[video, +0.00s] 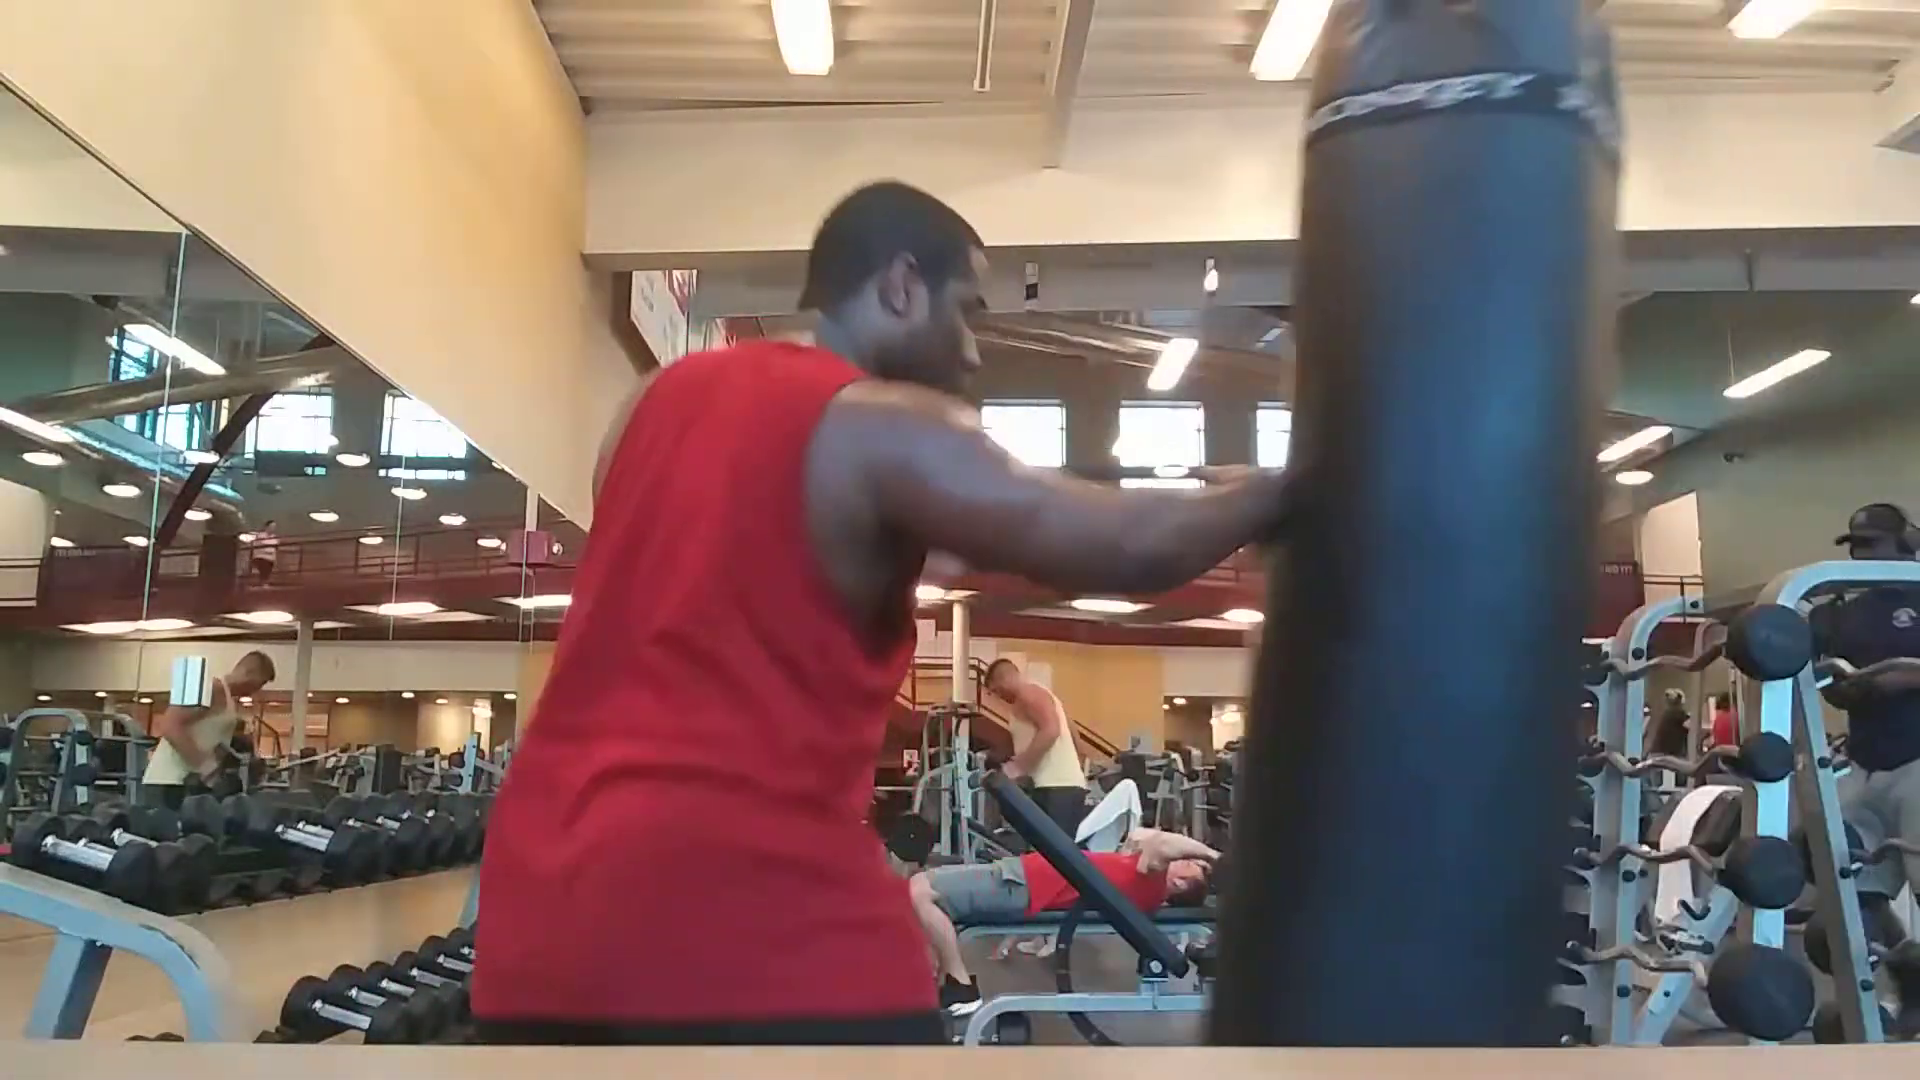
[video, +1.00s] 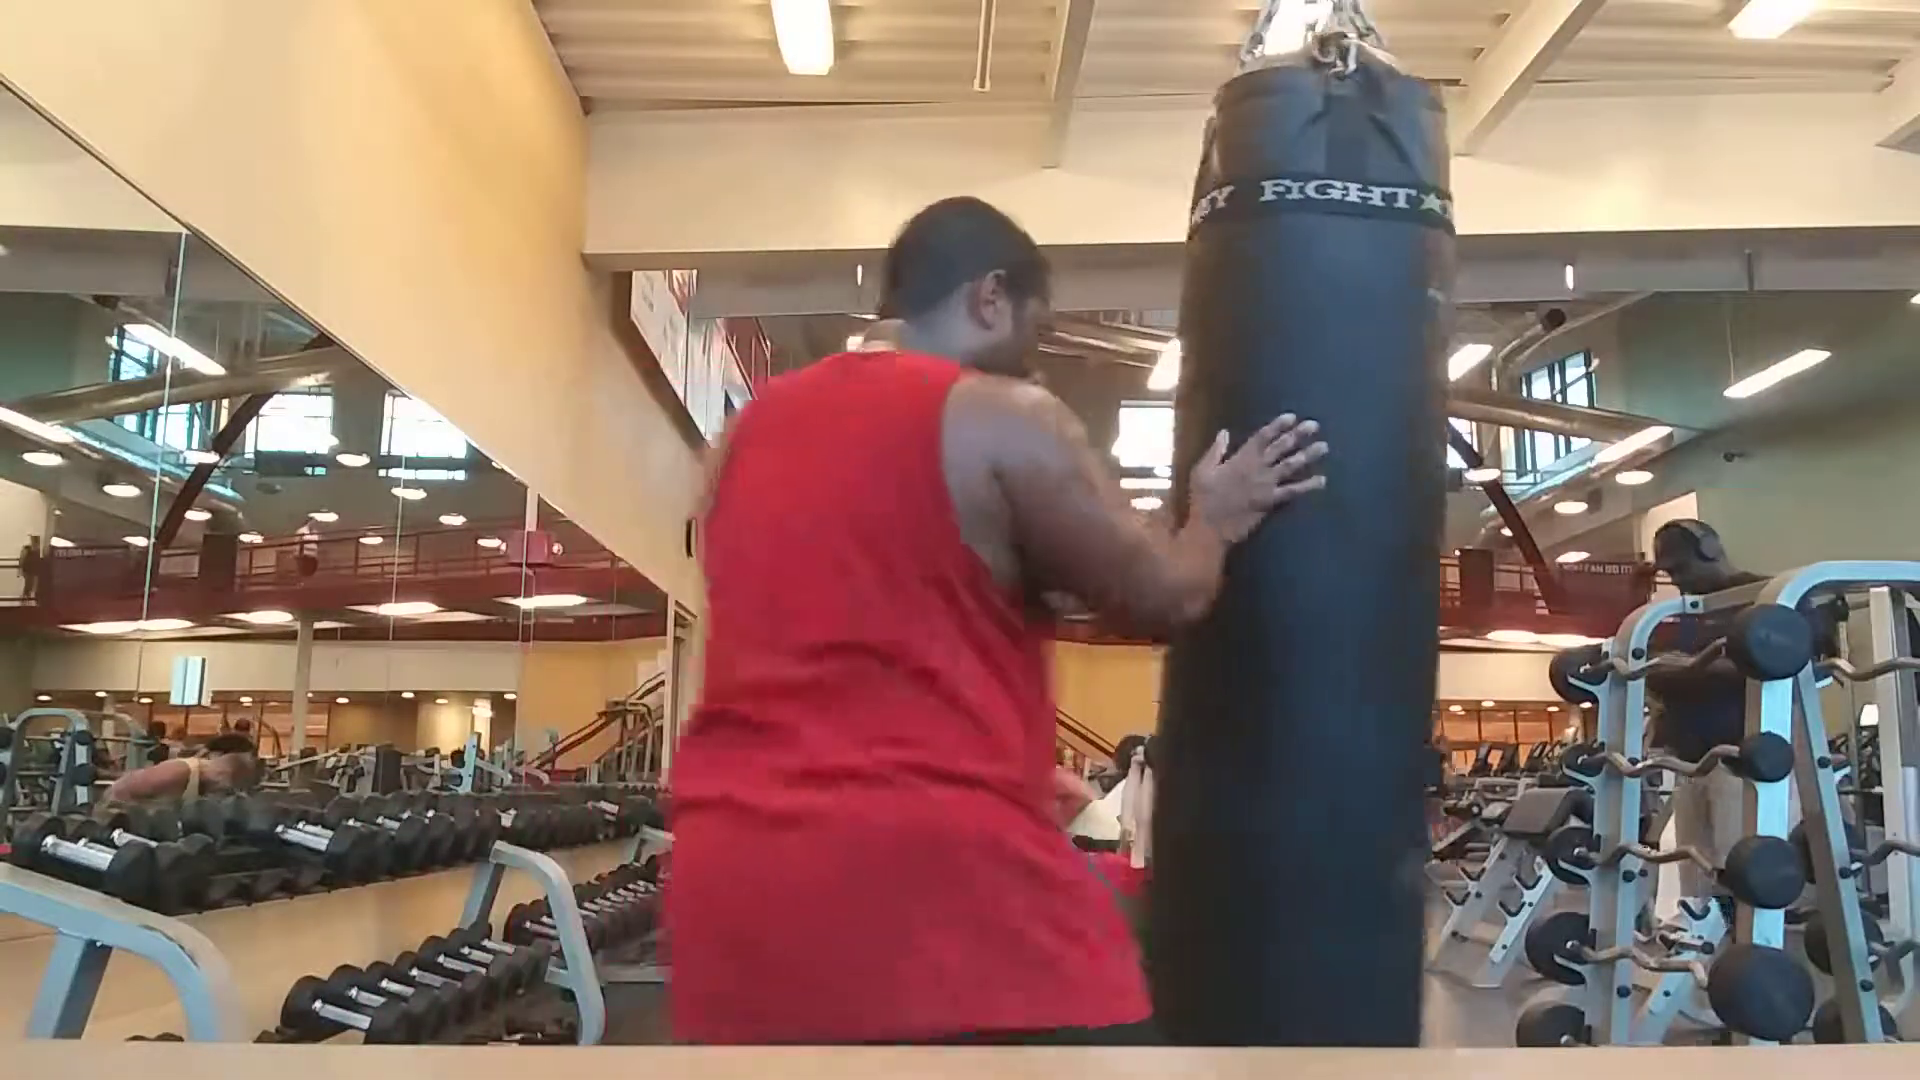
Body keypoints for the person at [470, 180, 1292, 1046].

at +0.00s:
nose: (970, 348)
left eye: (975, 322)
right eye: (967, 315)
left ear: (830, 283)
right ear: (900, 287)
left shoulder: (652, 401)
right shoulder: (877, 424)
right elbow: (1135, 546)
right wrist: (1291, 488)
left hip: (538, 895)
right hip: (751, 894)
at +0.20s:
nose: (966, 397)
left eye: (970, 367)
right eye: (961, 360)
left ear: (874, 340)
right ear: (890, 338)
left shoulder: (684, 442)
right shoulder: (832, 466)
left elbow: (873, 622)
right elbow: (1051, 606)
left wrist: (1031, 558)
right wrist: (1166, 549)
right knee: (926, 1059)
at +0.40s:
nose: (879, 380)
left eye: (888, 348)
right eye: (879, 340)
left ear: (732, 314)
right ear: (818, 313)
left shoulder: (604, 429)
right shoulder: (803, 454)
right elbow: (983, 661)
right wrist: (1160, 648)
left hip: (555, 897)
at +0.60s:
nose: (865, 341)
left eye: (867, 318)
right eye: (864, 313)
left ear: (705, 292)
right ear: (814, 291)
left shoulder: (567, 399)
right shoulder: (836, 424)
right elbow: (1018, 580)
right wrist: (1246, 548)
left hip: (548, 903)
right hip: (768, 890)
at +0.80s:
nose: (922, 354)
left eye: (928, 332)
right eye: (924, 326)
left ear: (789, 294)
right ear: (875, 299)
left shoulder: (621, 420)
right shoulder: (908, 435)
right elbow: (1084, 599)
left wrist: (1015, 510)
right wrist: (1216, 498)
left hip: (602, 905)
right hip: (832, 891)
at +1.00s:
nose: (1032, 354)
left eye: (1040, 335)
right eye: (1035, 332)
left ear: (893, 302)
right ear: (987, 301)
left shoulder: (749, 422)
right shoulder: (1002, 415)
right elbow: (1163, 593)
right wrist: (1216, 521)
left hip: (729, 866)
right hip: (946, 860)